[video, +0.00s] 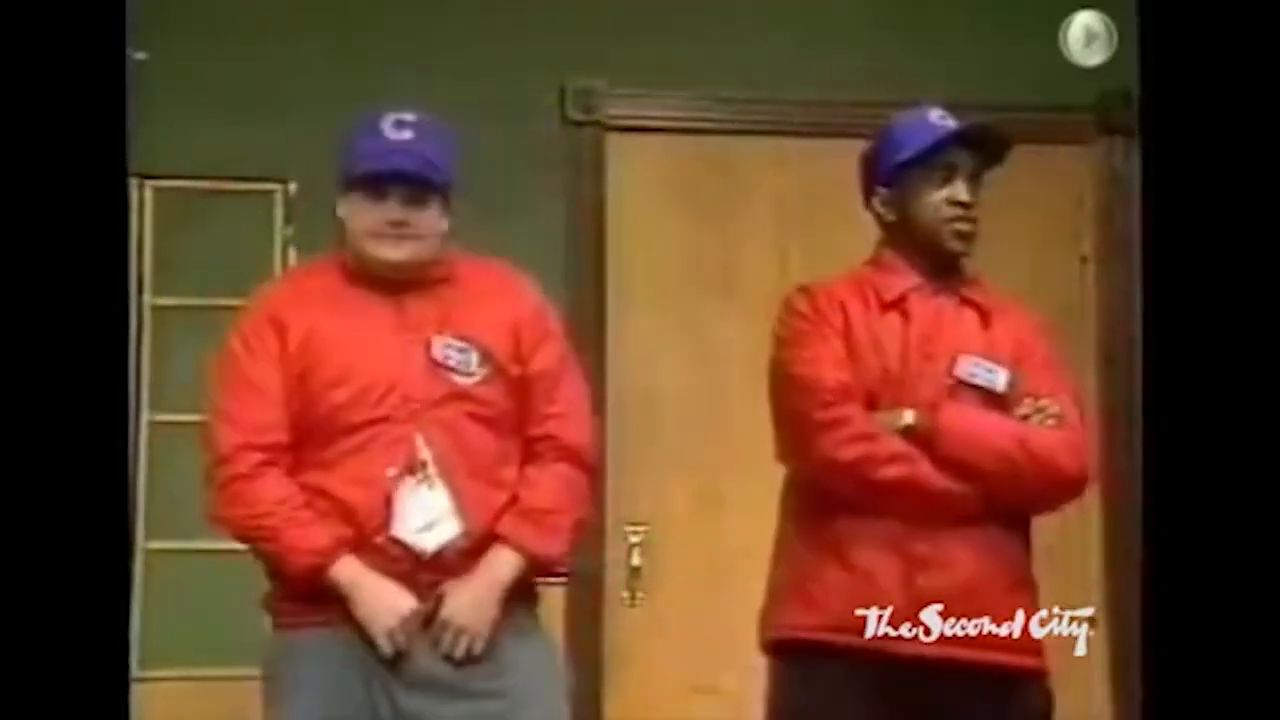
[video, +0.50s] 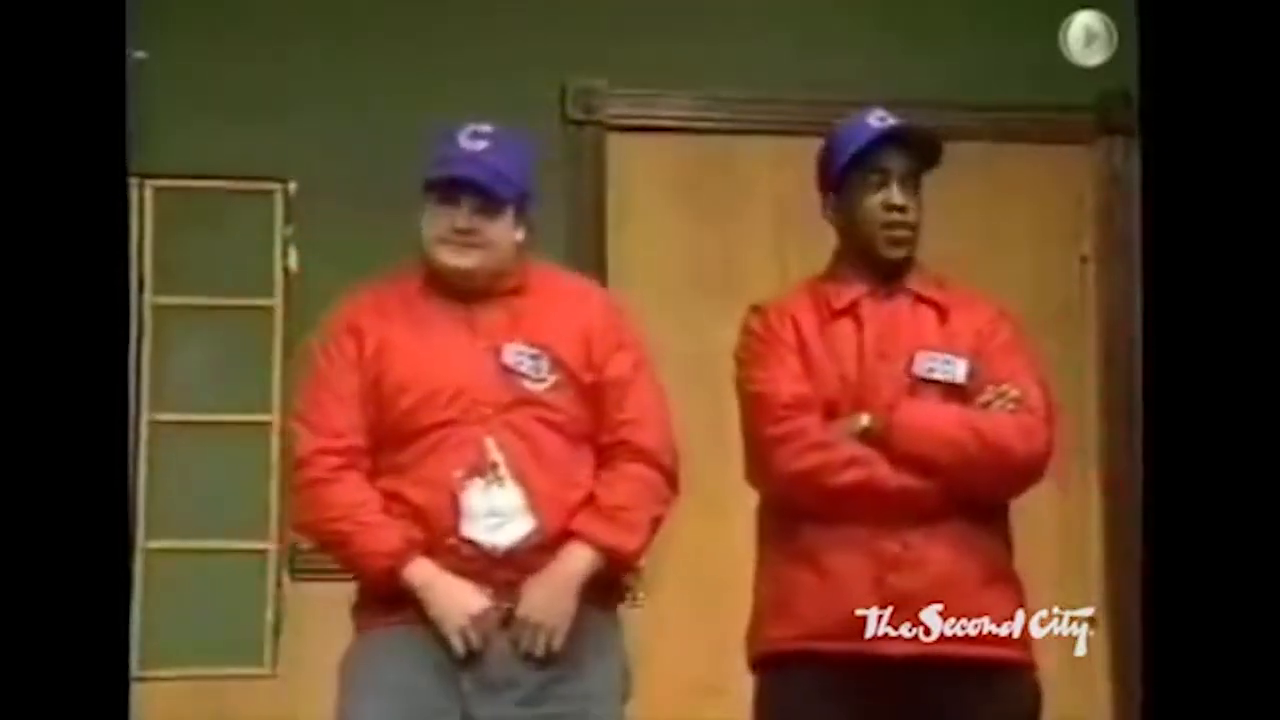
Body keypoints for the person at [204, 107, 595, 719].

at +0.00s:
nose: (396, 212)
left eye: (417, 196)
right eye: (375, 193)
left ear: (448, 211)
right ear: (342, 205)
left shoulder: (508, 301)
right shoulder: (282, 313)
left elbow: (566, 451)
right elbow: (245, 476)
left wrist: (491, 579)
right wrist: (357, 581)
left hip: (493, 626)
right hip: (333, 631)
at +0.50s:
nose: (461, 222)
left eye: (485, 208)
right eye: (446, 201)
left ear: (521, 227)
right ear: (423, 212)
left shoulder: (587, 314)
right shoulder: (364, 322)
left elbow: (645, 459)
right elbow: (323, 475)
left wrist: (569, 571)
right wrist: (426, 578)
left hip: (565, 627)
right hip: (409, 627)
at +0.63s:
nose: (472, 212)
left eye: (495, 197)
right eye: (456, 192)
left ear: (532, 215)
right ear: (432, 203)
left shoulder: (595, 308)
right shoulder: (371, 312)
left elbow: (649, 454)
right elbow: (330, 461)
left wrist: (570, 562)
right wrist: (430, 565)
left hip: (566, 628)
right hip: (410, 627)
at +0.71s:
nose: (478, 213)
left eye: (502, 198)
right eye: (462, 194)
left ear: (537, 219)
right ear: (437, 205)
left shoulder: (596, 312)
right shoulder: (374, 308)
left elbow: (647, 460)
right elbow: (328, 456)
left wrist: (565, 568)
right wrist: (428, 563)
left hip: (561, 631)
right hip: (405, 631)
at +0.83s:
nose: (479, 216)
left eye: (503, 201)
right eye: (462, 196)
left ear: (538, 220)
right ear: (438, 206)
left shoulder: (594, 318)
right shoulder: (371, 304)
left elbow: (638, 470)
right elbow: (323, 453)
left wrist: (560, 576)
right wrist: (421, 563)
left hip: (553, 632)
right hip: (396, 632)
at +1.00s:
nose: (478, 216)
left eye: (501, 201)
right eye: (460, 196)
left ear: (533, 217)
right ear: (434, 206)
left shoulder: (588, 314)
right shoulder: (365, 299)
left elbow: (631, 468)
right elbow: (311, 448)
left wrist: (550, 579)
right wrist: (406, 561)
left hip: (546, 629)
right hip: (382, 630)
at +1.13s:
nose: (517, 223)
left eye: (522, 204)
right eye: (491, 212)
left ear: (536, 205)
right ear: (438, 228)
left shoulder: (584, 318)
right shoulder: (360, 305)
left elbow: (624, 473)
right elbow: (304, 450)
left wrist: (540, 581)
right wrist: (396, 564)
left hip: (543, 630)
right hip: (377, 631)